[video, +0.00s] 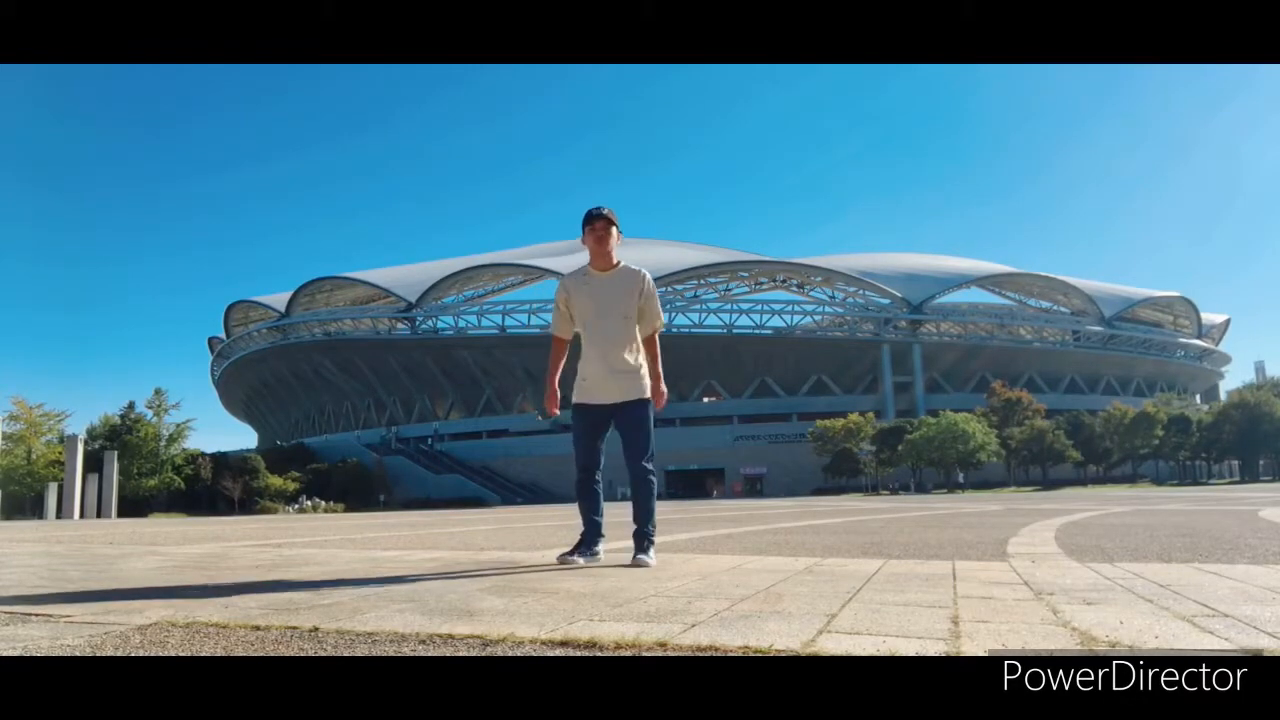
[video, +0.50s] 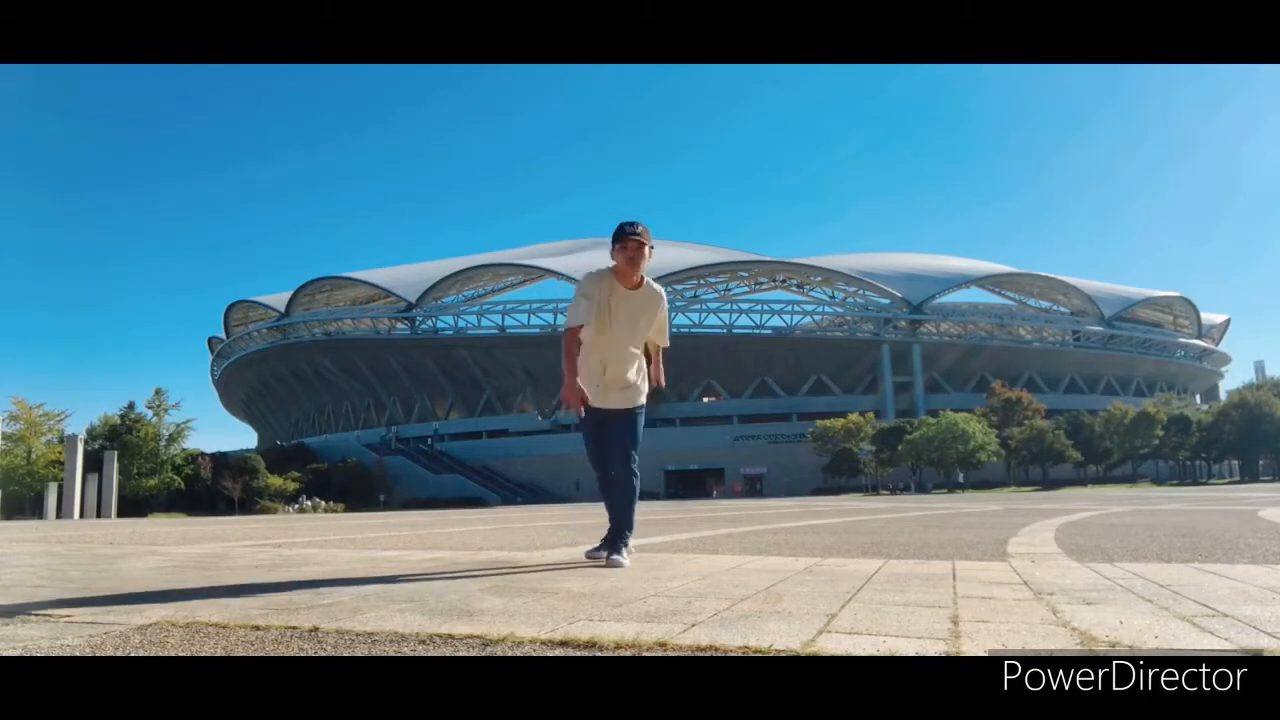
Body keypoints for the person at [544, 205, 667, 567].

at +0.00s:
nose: (601, 234)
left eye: (606, 228)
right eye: (594, 230)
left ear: (618, 236)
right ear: (584, 239)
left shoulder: (638, 279)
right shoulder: (570, 285)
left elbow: (650, 335)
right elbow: (560, 339)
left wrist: (657, 379)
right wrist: (552, 385)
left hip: (634, 389)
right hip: (589, 391)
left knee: (641, 468)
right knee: (586, 471)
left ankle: (644, 543)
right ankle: (591, 542)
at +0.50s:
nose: (633, 253)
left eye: (640, 247)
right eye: (627, 246)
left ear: (650, 253)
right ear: (614, 251)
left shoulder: (656, 296)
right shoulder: (593, 283)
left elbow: (655, 343)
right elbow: (572, 333)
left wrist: (657, 373)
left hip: (631, 392)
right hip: (591, 389)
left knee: (624, 466)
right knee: (602, 466)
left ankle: (620, 543)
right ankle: (616, 533)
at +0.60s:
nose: (639, 253)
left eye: (646, 247)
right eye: (631, 247)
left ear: (655, 253)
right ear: (620, 253)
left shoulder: (663, 293)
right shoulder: (595, 293)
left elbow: (646, 336)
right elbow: (555, 329)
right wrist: (525, 365)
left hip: (635, 395)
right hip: (591, 391)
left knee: (630, 471)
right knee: (581, 456)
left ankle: (618, 545)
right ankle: (603, 484)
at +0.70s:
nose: (628, 260)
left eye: (635, 254)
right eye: (620, 254)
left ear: (647, 259)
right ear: (610, 260)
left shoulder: (666, 293)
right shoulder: (593, 299)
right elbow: (558, 319)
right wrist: (534, 343)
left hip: (637, 405)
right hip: (594, 396)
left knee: (637, 477)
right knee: (560, 457)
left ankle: (618, 547)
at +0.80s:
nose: (614, 265)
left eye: (621, 259)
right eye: (607, 259)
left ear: (634, 264)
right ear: (597, 265)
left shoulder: (655, 311)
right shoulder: (586, 299)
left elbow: (686, 326)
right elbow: (574, 325)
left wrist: (712, 329)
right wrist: (572, 350)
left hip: (640, 400)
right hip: (599, 383)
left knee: (636, 476)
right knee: (567, 435)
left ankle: (616, 546)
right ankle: (544, 438)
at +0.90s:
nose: (613, 262)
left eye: (620, 255)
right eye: (606, 255)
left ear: (632, 259)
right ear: (594, 259)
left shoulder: (645, 302)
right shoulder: (582, 294)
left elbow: (658, 360)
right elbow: (593, 336)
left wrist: (665, 411)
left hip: (640, 385)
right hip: (601, 375)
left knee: (638, 472)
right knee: (598, 417)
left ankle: (619, 544)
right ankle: (598, 508)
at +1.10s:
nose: (615, 251)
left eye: (622, 244)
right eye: (608, 244)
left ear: (633, 246)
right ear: (596, 246)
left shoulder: (644, 277)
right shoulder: (587, 279)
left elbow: (618, 316)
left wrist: (570, 281)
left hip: (652, 385)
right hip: (611, 384)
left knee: (647, 469)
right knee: (629, 465)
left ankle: (619, 543)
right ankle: (661, 544)